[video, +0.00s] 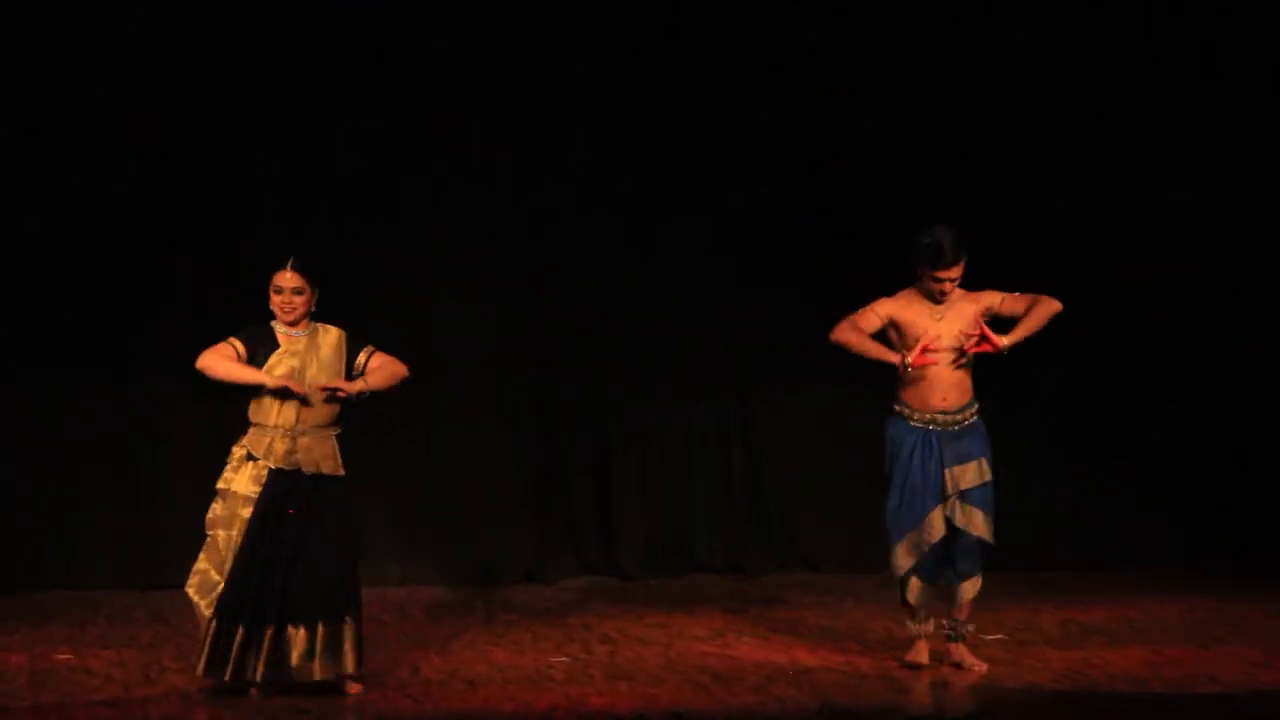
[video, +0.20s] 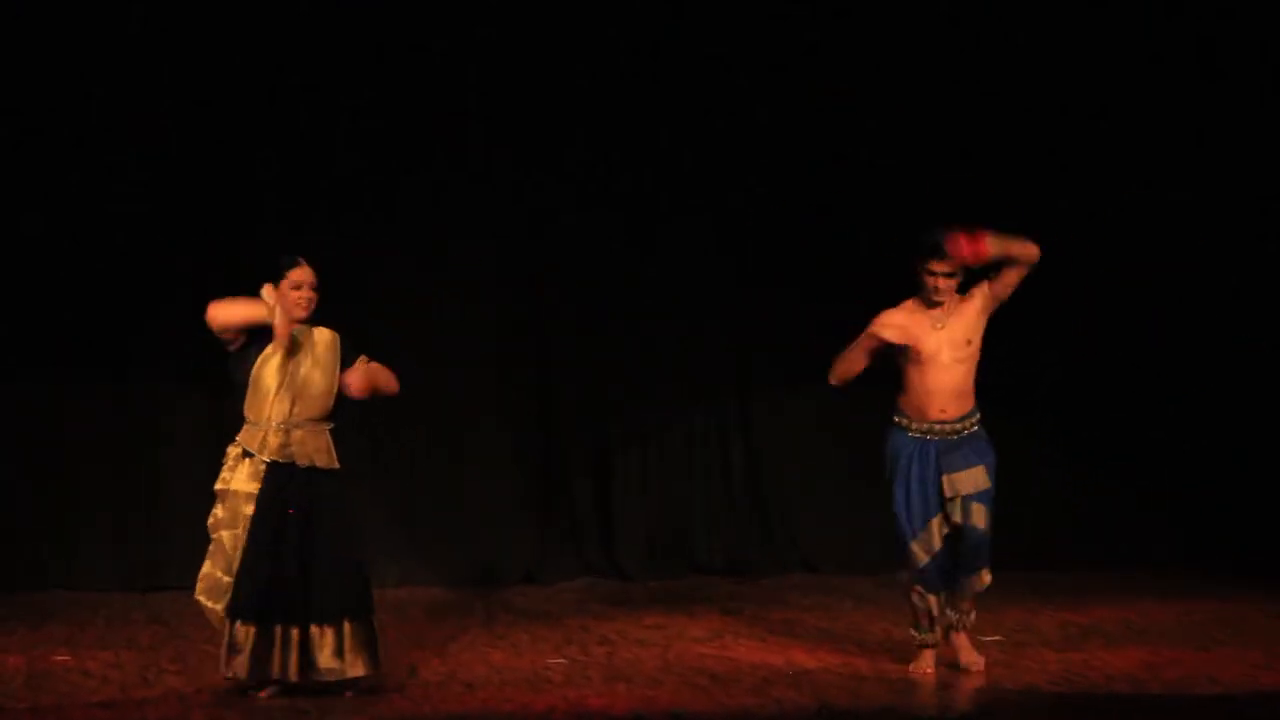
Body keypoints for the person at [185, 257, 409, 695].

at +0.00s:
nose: (287, 300)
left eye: (297, 292)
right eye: (279, 291)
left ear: (312, 297)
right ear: (269, 295)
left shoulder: (336, 343)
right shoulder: (258, 338)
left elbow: (396, 369)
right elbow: (207, 362)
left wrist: (358, 385)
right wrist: (266, 379)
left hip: (319, 472)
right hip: (259, 470)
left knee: (331, 569)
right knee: (250, 568)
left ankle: (341, 670)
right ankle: (246, 671)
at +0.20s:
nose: (306, 295)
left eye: (312, 288)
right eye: (297, 287)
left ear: (317, 297)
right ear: (274, 292)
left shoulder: (329, 344)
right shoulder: (255, 338)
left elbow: (390, 385)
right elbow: (215, 314)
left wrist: (371, 377)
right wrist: (269, 309)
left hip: (314, 463)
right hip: (259, 463)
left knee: (329, 561)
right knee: (263, 565)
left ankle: (336, 669)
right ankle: (267, 672)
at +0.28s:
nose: (313, 291)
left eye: (314, 285)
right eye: (304, 284)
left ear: (309, 295)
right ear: (275, 292)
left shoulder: (325, 346)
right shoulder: (250, 336)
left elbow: (365, 388)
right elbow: (223, 292)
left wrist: (391, 380)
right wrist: (269, 263)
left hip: (311, 461)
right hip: (256, 461)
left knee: (326, 560)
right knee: (261, 565)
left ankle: (327, 669)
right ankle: (261, 673)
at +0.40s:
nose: (314, 291)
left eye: (315, 283)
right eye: (304, 282)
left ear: (313, 293)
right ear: (275, 290)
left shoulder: (324, 346)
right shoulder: (251, 335)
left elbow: (382, 381)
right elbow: (248, 274)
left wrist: (443, 372)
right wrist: (278, 218)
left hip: (309, 461)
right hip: (255, 460)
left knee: (319, 561)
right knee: (260, 565)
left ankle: (318, 671)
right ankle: (263, 674)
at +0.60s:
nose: (308, 293)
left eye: (310, 287)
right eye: (298, 288)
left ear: (313, 297)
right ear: (275, 296)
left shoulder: (327, 345)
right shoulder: (252, 339)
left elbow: (376, 387)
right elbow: (235, 294)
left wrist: (404, 360)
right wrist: (290, 262)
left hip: (315, 467)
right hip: (259, 465)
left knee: (329, 561)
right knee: (260, 568)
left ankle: (328, 668)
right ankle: (260, 673)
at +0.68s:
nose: (289, 297)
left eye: (299, 288)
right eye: (280, 289)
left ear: (320, 299)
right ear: (268, 299)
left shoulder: (335, 348)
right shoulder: (257, 345)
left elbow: (391, 384)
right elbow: (216, 321)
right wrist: (270, 312)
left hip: (317, 467)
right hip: (260, 466)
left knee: (328, 566)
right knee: (261, 567)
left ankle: (333, 673)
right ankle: (266, 672)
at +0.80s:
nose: (281, 298)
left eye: (290, 290)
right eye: (275, 290)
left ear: (314, 296)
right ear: (269, 297)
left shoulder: (339, 345)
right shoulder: (260, 344)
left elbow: (389, 398)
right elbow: (203, 369)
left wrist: (366, 451)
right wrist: (251, 355)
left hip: (322, 469)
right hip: (266, 468)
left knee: (328, 568)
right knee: (270, 569)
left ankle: (330, 674)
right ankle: (276, 675)